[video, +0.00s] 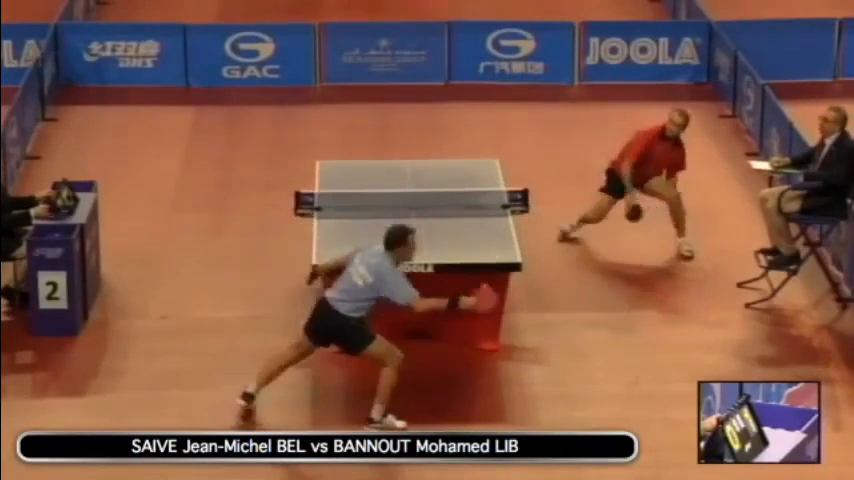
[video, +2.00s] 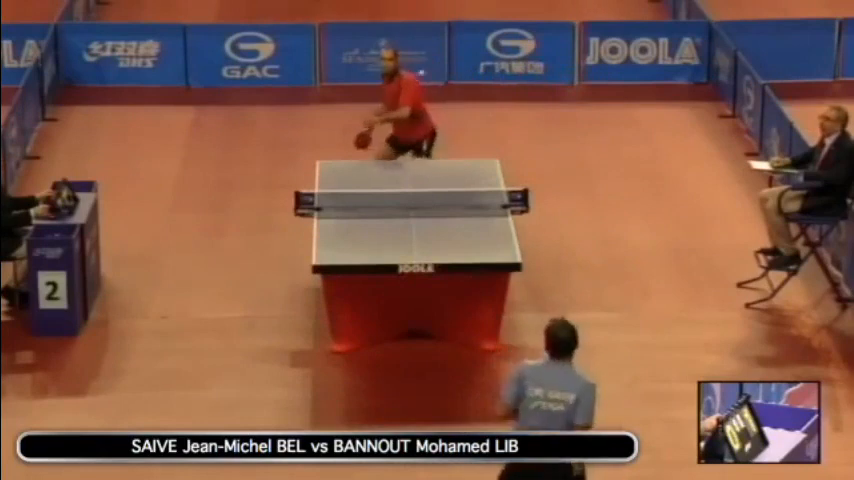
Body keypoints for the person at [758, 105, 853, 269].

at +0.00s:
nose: (821, 123)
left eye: (826, 121)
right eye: (821, 119)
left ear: (838, 126)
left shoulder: (846, 147)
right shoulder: (826, 141)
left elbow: (837, 177)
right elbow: (807, 158)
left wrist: (806, 175)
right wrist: (786, 163)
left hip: (830, 199)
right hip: (815, 191)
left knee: (773, 205)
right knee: (766, 197)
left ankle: (789, 254)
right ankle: (780, 247)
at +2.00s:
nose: (821, 122)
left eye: (827, 119)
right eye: (822, 118)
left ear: (839, 125)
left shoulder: (846, 147)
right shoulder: (826, 140)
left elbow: (837, 177)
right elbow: (808, 158)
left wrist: (804, 175)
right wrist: (787, 163)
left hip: (829, 199)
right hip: (815, 191)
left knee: (774, 205)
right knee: (765, 196)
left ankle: (790, 254)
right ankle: (780, 247)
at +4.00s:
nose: (821, 123)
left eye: (827, 119)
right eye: (821, 118)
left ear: (839, 125)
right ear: (820, 119)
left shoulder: (846, 147)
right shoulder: (827, 140)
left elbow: (837, 177)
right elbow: (809, 157)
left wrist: (804, 175)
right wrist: (787, 163)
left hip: (829, 199)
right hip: (815, 191)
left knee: (773, 205)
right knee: (765, 197)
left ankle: (790, 254)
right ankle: (780, 247)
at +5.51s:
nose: (822, 124)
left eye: (829, 121)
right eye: (824, 120)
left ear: (840, 128)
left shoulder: (846, 148)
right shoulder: (826, 142)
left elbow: (834, 178)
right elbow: (804, 160)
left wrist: (803, 176)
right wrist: (786, 165)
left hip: (828, 199)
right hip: (813, 191)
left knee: (774, 206)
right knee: (765, 197)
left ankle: (790, 254)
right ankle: (780, 246)